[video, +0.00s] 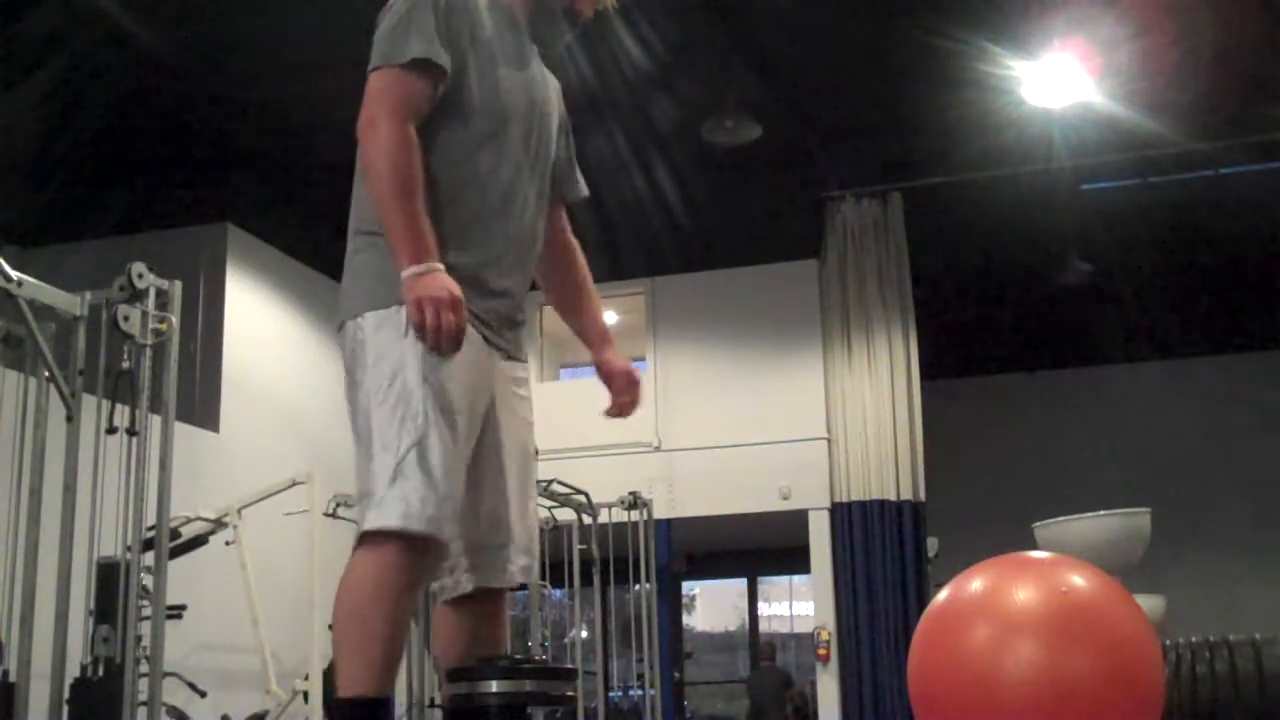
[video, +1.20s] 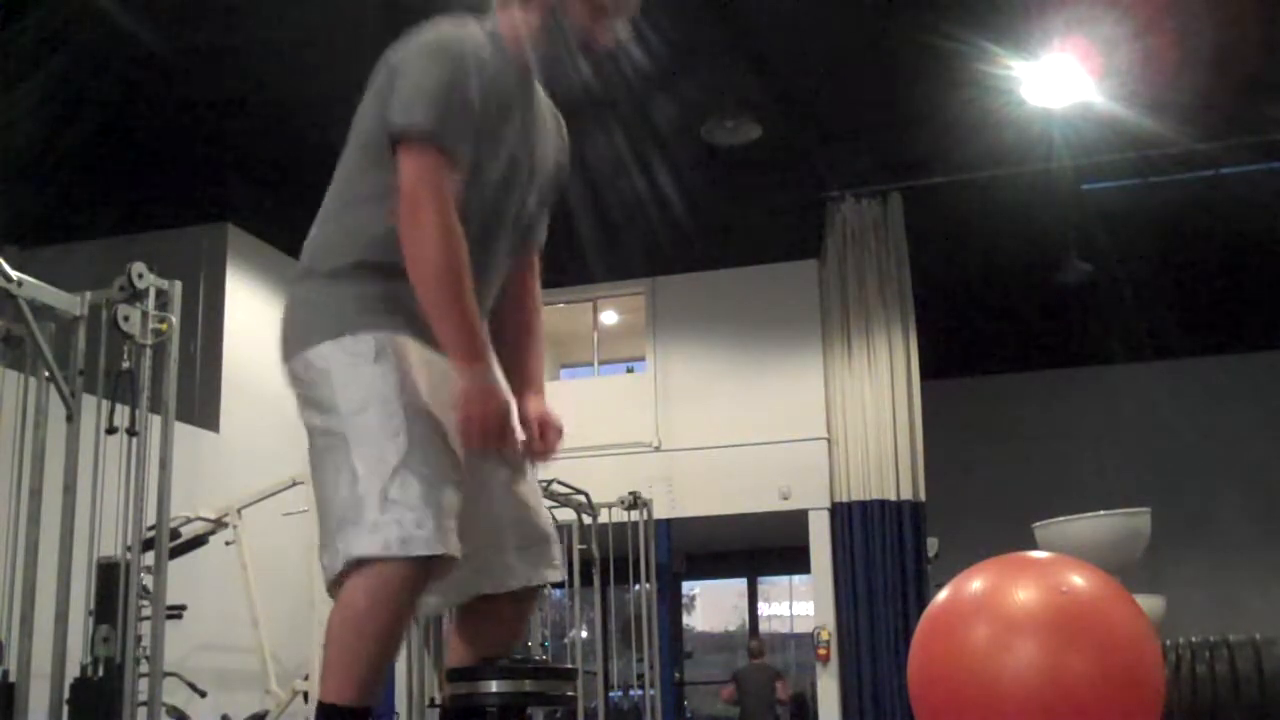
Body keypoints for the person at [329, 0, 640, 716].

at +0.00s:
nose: (602, 4)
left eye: (606, 5)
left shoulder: (544, 84)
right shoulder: (444, 5)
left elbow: (549, 227)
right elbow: (384, 121)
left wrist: (601, 344)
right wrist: (419, 263)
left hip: (501, 332)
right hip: (414, 306)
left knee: (484, 562)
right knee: (402, 529)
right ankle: (356, 713)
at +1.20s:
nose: (608, 35)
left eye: (619, 22)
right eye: (601, 11)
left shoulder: (549, 131)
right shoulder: (447, 50)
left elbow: (519, 272)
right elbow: (424, 213)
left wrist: (530, 389)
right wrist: (475, 369)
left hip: (454, 342)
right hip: (358, 318)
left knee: (511, 558)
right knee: (402, 535)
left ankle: (475, 712)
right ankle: (339, 713)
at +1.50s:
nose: (645, 186)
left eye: (648, 168)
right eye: (632, 161)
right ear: (571, 154)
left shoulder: (572, 305)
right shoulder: (493, 237)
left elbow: (543, 460)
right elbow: (474, 430)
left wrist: (547, 605)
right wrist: (488, 601)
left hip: (397, 446)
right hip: (307, 427)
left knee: (566, 570)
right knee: (459, 548)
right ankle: (355, 709)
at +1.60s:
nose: (646, 202)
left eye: (647, 186)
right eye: (630, 178)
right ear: (569, 175)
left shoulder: (575, 329)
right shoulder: (500, 264)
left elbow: (547, 476)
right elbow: (480, 456)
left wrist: (548, 623)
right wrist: (489, 623)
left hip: (394, 463)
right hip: (305, 444)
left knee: (570, 575)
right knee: (466, 552)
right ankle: (356, 708)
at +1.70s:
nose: (642, 206)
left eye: (642, 191)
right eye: (626, 185)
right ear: (567, 188)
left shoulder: (577, 342)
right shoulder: (500, 278)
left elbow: (546, 497)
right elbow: (478, 468)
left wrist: (547, 646)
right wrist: (482, 634)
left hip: (394, 477)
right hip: (301, 457)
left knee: (572, 578)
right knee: (465, 550)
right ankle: (357, 708)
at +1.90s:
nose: (621, 200)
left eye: (619, 185)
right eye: (603, 181)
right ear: (544, 187)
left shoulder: (573, 347)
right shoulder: (489, 289)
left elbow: (544, 504)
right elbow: (473, 479)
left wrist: (545, 643)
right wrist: (478, 639)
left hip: (393, 495)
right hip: (294, 479)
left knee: (576, 576)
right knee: (461, 549)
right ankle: (358, 707)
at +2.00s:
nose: (604, 192)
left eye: (601, 177)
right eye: (584, 174)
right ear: (527, 186)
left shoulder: (567, 342)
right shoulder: (477, 286)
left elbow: (541, 494)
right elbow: (468, 475)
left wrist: (540, 636)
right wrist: (477, 640)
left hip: (392, 497)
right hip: (291, 485)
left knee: (574, 576)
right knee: (456, 546)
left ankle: (484, 710)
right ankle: (355, 711)